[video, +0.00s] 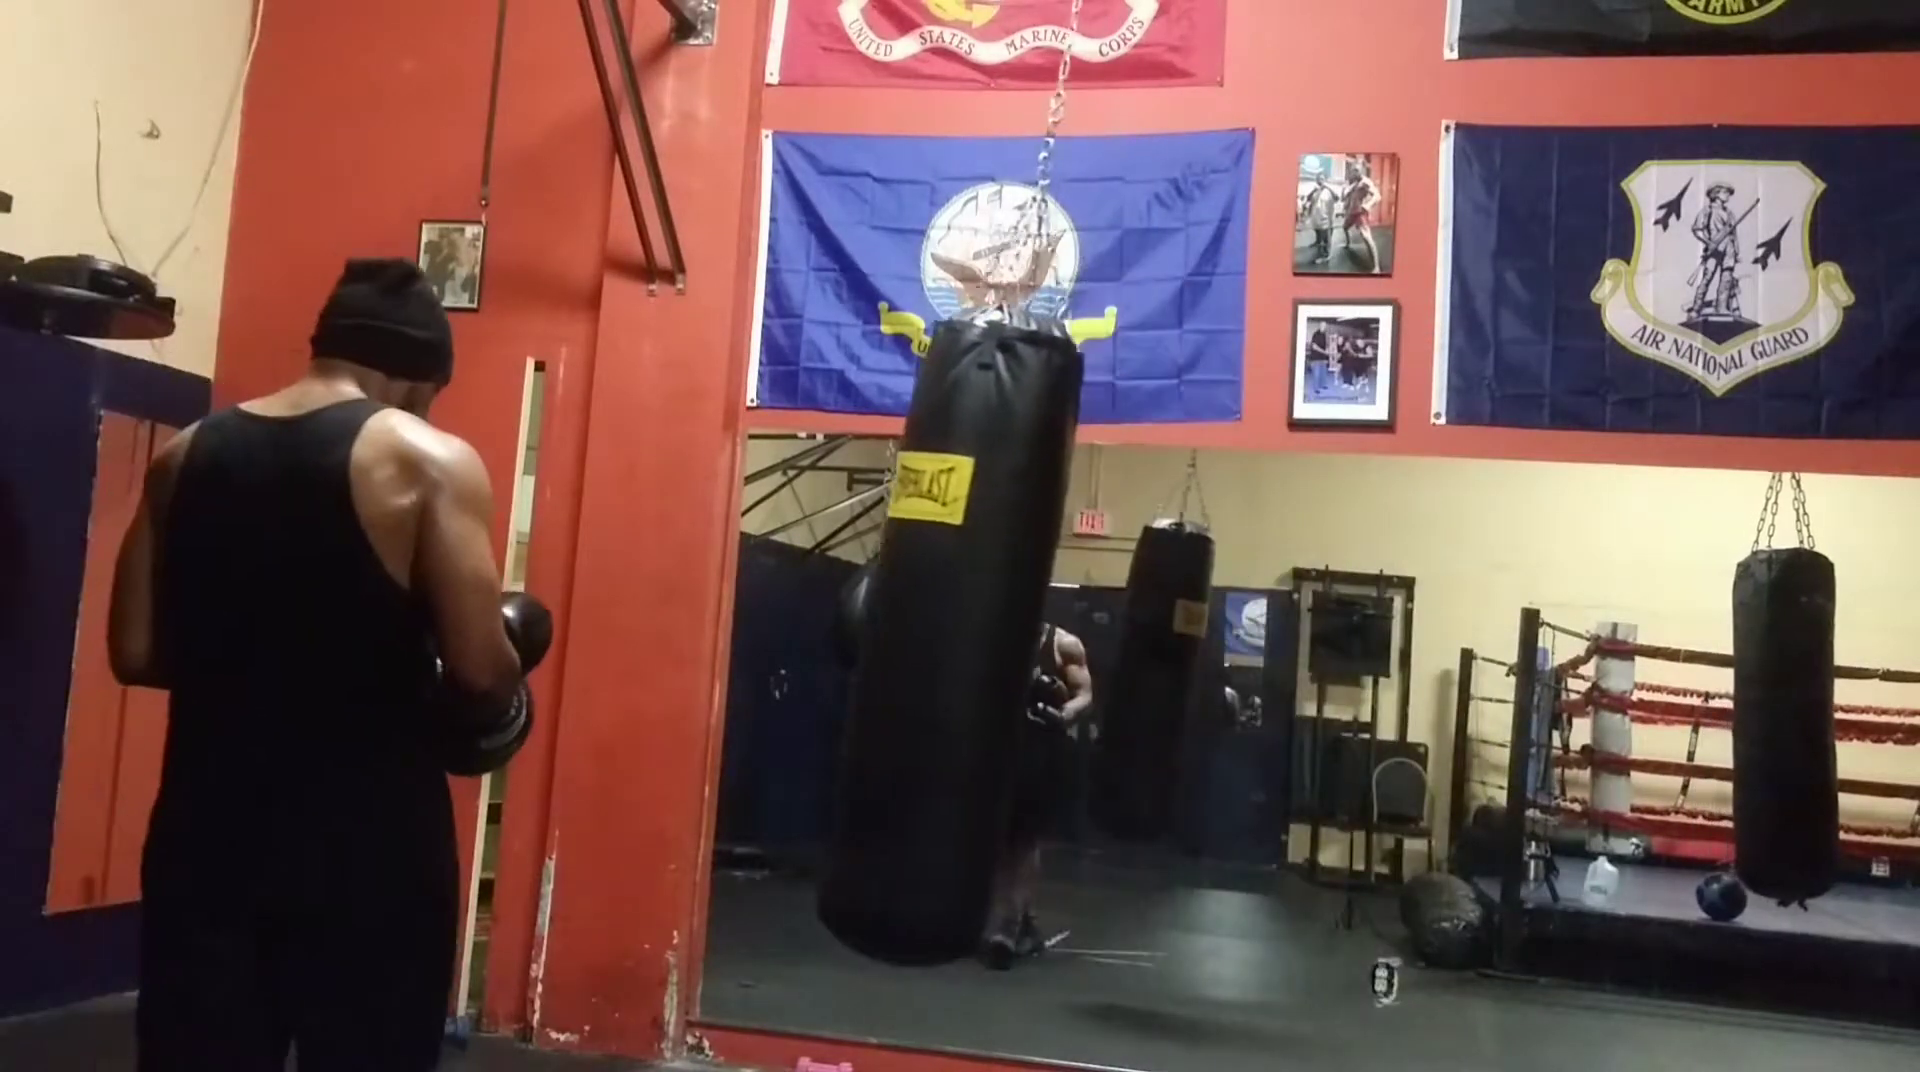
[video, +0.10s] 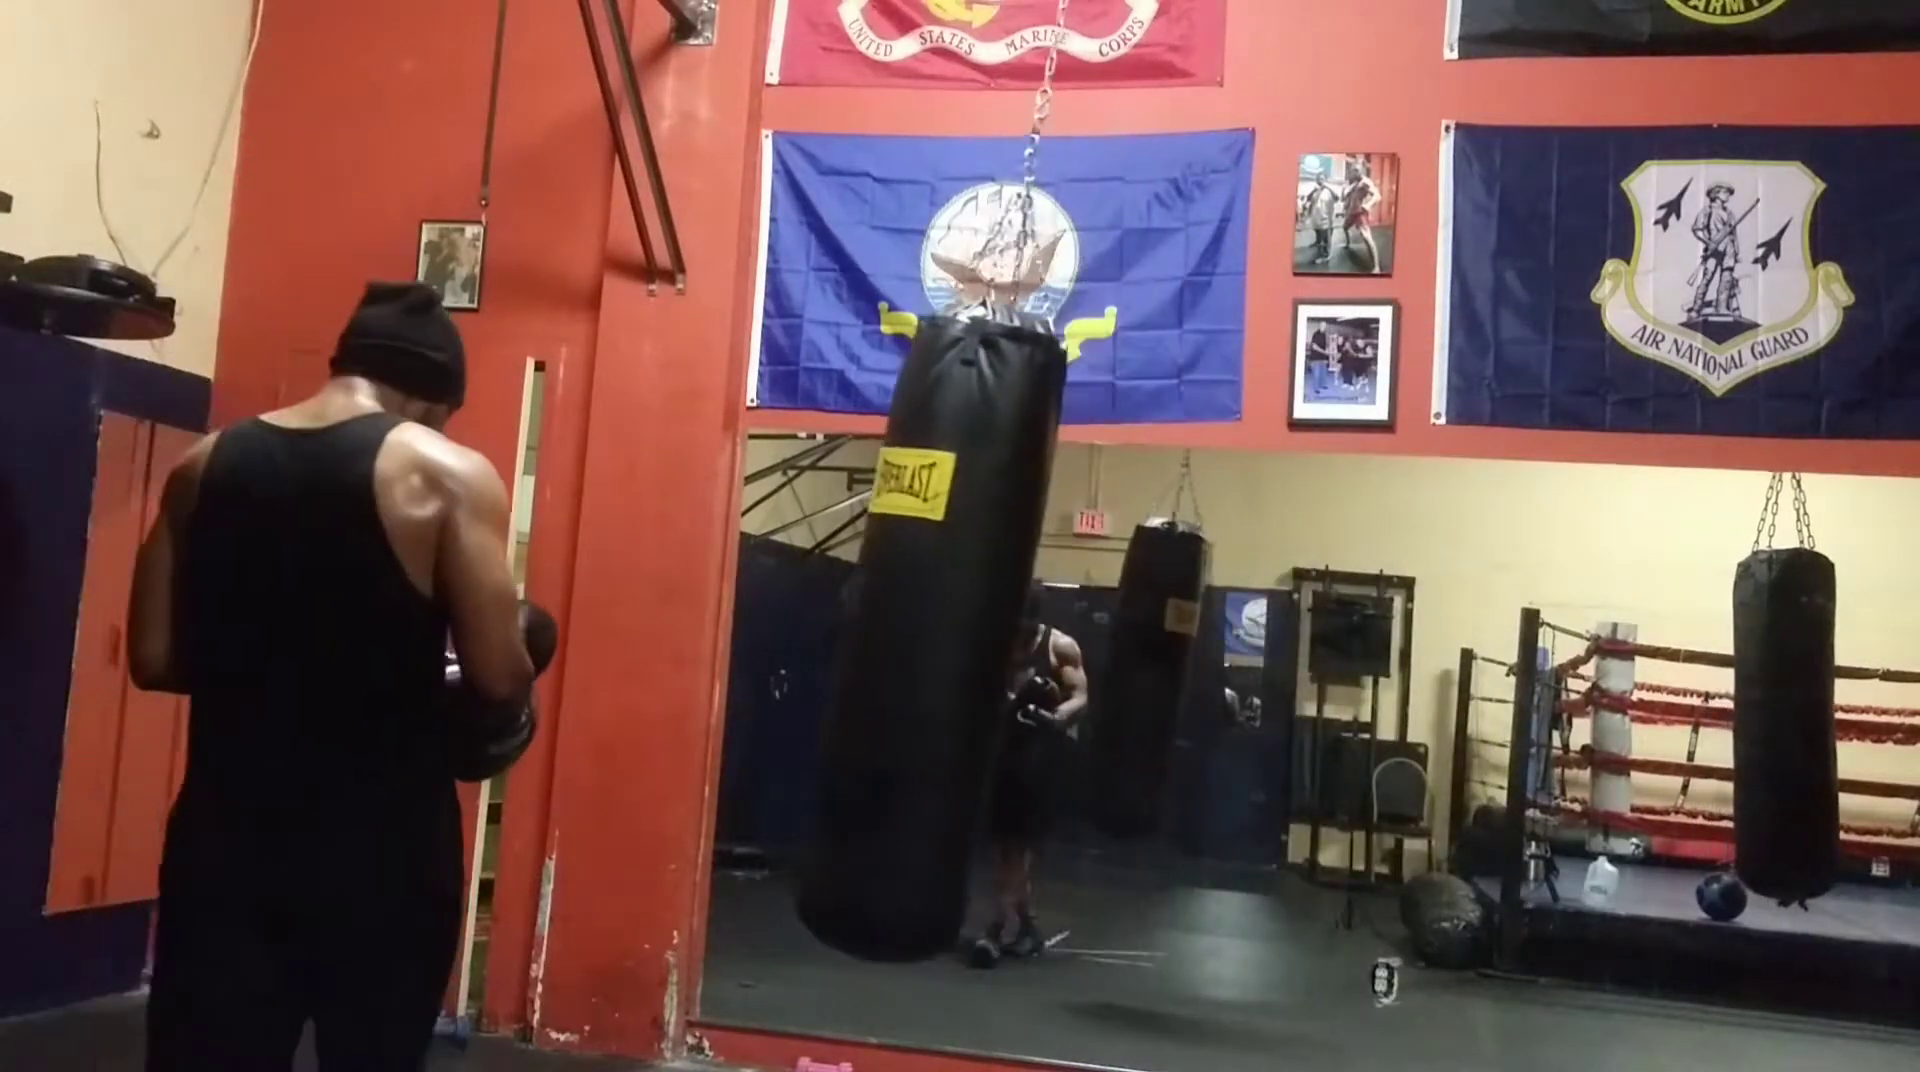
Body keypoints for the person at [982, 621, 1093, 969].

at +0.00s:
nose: (1029, 608)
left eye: (1034, 602)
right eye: (1023, 602)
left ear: (1042, 602)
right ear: (1012, 605)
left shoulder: (1064, 644)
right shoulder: (999, 641)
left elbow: (1083, 692)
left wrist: (1065, 713)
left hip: (1042, 754)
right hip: (1002, 752)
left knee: (1027, 840)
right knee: (1015, 840)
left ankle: (1004, 926)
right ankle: (1023, 922)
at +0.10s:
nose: (1020, 632)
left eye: (1025, 623)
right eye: (1015, 623)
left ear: (1036, 616)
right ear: (1006, 617)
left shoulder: (1060, 646)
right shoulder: (997, 644)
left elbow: (1079, 694)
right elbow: (982, 693)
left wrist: (1058, 715)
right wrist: (1008, 699)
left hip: (1037, 752)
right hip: (1001, 750)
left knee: (1016, 840)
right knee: (1012, 840)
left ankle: (994, 931)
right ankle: (1025, 925)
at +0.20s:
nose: (1016, 630)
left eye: (1023, 622)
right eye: (1012, 622)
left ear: (1033, 617)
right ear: (1002, 616)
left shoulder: (1056, 646)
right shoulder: (993, 641)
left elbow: (1076, 697)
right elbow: (973, 686)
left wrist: (1046, 718)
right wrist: (993, 702)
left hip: (1032, 747)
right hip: (994, 744)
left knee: (1010, 838)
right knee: (1004, 837)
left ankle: (989, 931)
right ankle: (1026, 926)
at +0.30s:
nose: (1017, 620)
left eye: (1024, 612)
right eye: (1012, 611)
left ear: (1033, 612)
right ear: (1000, 610)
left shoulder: (1051, 646)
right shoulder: (987, 639)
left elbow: (1069, 697)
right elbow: (965, 685)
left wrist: (1037, 718)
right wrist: (980, 706)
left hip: (1024, 749)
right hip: (984, 746)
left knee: (1003, 839)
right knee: (993, 837)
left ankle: (988, 931)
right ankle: (1020, 921)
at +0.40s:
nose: (1007, 626)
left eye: (1013, 618)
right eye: (1002, 618)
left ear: (1024, 612)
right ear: (992, 612)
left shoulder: (1047, 646)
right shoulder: (981, 638)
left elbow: (1063, 699)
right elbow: (958, 685)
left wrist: (1027, 715)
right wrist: (976, 703)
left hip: (1019, 754)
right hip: (977, 751)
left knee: (1004, 842)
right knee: (979, 842)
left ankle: (988, 927)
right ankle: (1006, 912)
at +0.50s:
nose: (1005, 625)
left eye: (1010, 617)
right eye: (1000, 617)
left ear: (1021, 611)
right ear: (992, 611)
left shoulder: (1042, 645)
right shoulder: (978, 637)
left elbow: (1058, 698)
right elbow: (957, 683)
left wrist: (1025, 712)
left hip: (1013, 755)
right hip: (972, 750)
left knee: (998, 842)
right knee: (973, 839)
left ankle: (986, 929)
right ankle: (995, 902)